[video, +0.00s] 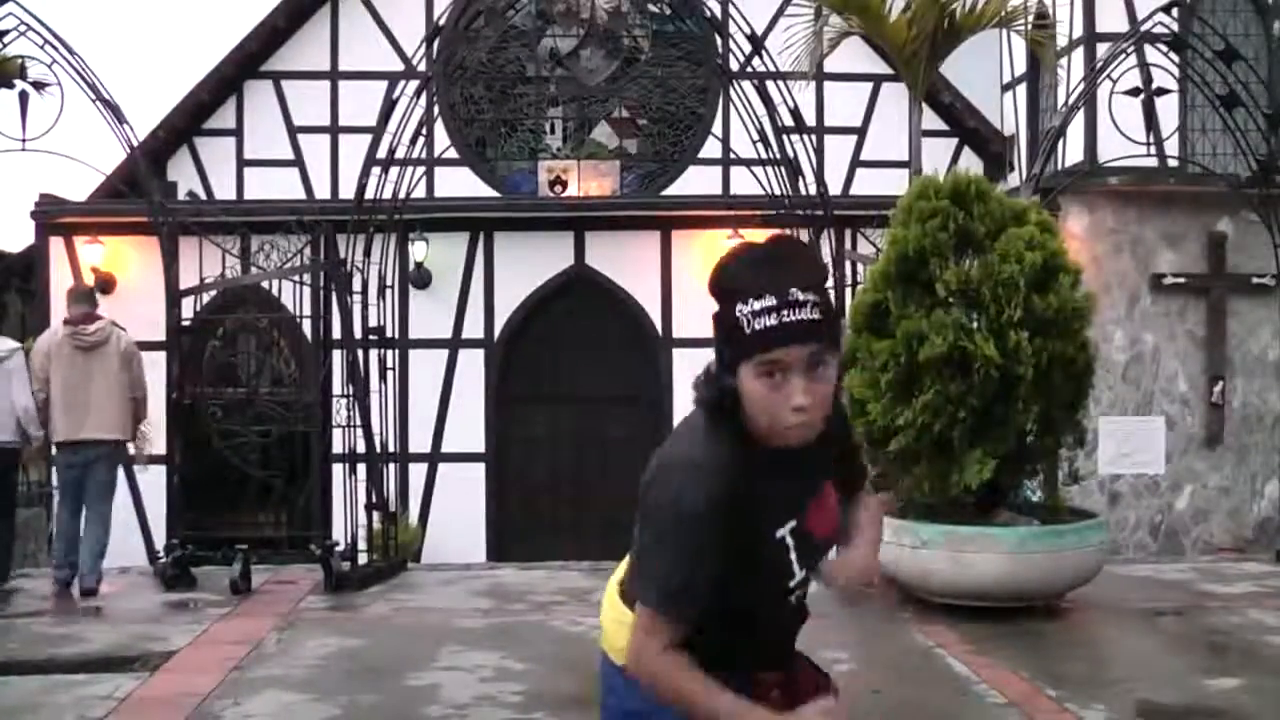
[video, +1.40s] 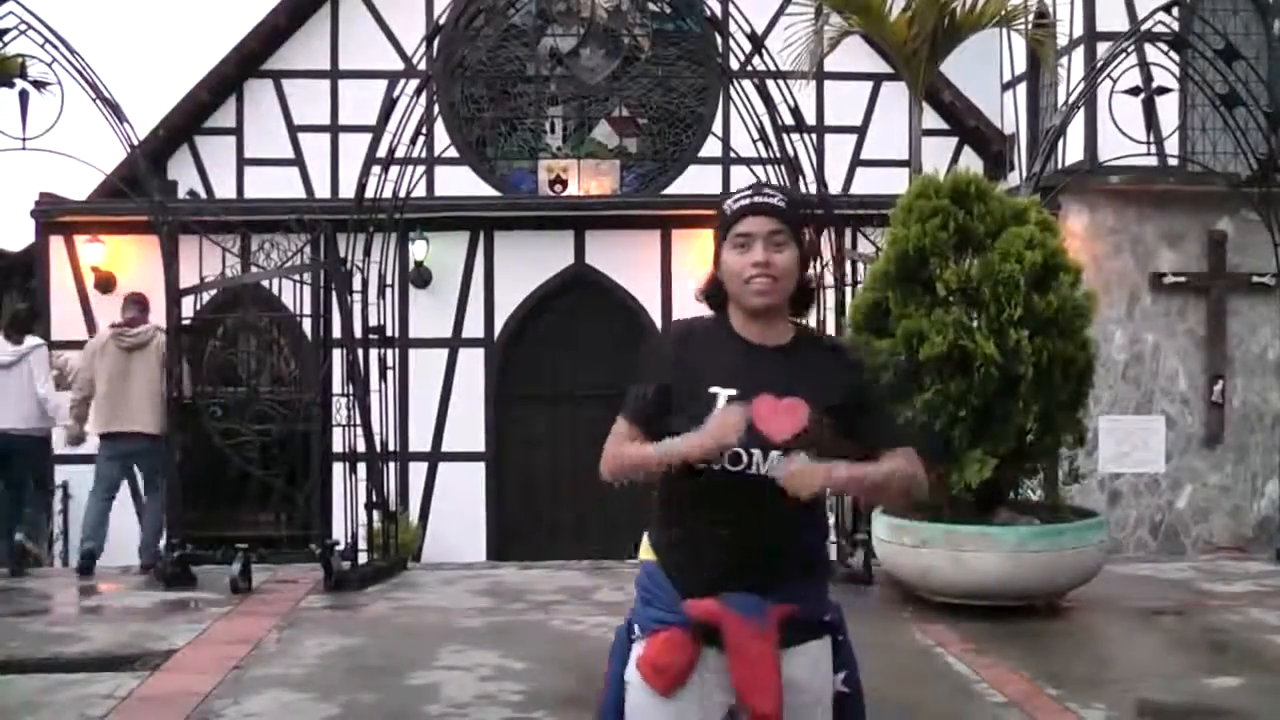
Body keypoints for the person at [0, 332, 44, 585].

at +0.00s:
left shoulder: (12, 352)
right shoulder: (11, 352)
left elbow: (22, 402)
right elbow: (23, 402)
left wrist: (35, 434)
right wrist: (36, 434)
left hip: (9, 444)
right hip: (7, 444)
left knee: (7, 515)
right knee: (6, 515)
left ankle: (4, 575)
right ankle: (3, 576)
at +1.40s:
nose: (31, 329)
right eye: (31, 324)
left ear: (7, 323)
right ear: (30, 325)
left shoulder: (1, 347)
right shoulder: (36, 347)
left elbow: (43, 391)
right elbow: (44, 391)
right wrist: (63, 419)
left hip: (6, 432)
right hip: (32, 433)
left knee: (10, 492)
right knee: (41, 489)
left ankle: (7, 555)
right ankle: (26, 535)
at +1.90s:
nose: (59, 340)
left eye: (58, 335)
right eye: (57, 336)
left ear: (26, 335)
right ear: (48, 336)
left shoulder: (9, 362)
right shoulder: (54, 363)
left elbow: (4, 400)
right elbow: (60, 402)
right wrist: (87, 423)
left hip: (14, 441)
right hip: (47, 444)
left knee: (20, 503)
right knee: (54, 502)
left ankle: (16, 561)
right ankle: (54, 561)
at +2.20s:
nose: (81, 352)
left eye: (81, 347)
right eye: (79, 347)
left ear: (54, 344)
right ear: (71, 346)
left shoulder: (31, 365)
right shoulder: (71, 369)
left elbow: (14, 407)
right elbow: (71, 412)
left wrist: (3, 434)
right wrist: (93, 439)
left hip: (34, 449)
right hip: (63, 451)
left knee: (48, 509)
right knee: (64, 511)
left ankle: (41, 561)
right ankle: (54, 565)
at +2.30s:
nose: (84, 356)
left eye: (85, 351)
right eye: (83, 351)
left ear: (58, 345)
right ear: (75, 348)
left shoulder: (34, 366)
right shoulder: (75, 370)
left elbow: (16, 408)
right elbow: (73, 414)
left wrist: (5, 435)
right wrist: (93, 440)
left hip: (38, 449)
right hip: (67, 451)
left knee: (52, 508)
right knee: (67, 510)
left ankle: (55, 562)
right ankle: (57, 563)